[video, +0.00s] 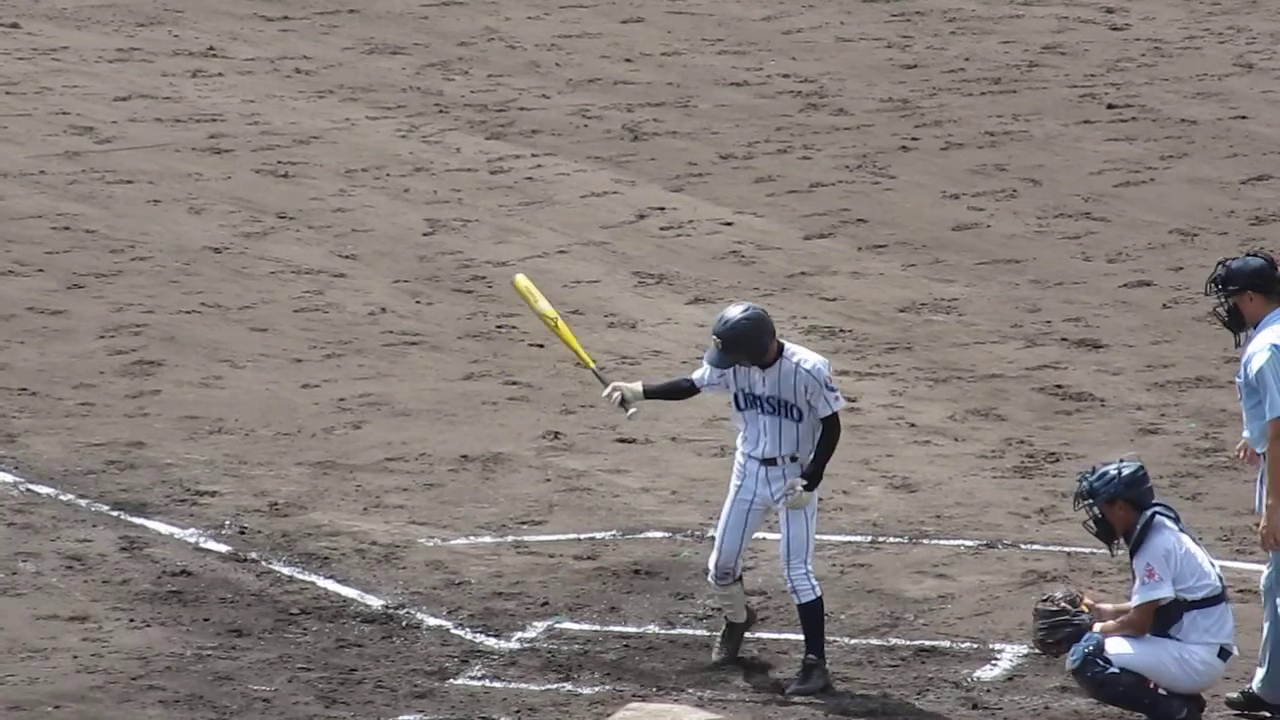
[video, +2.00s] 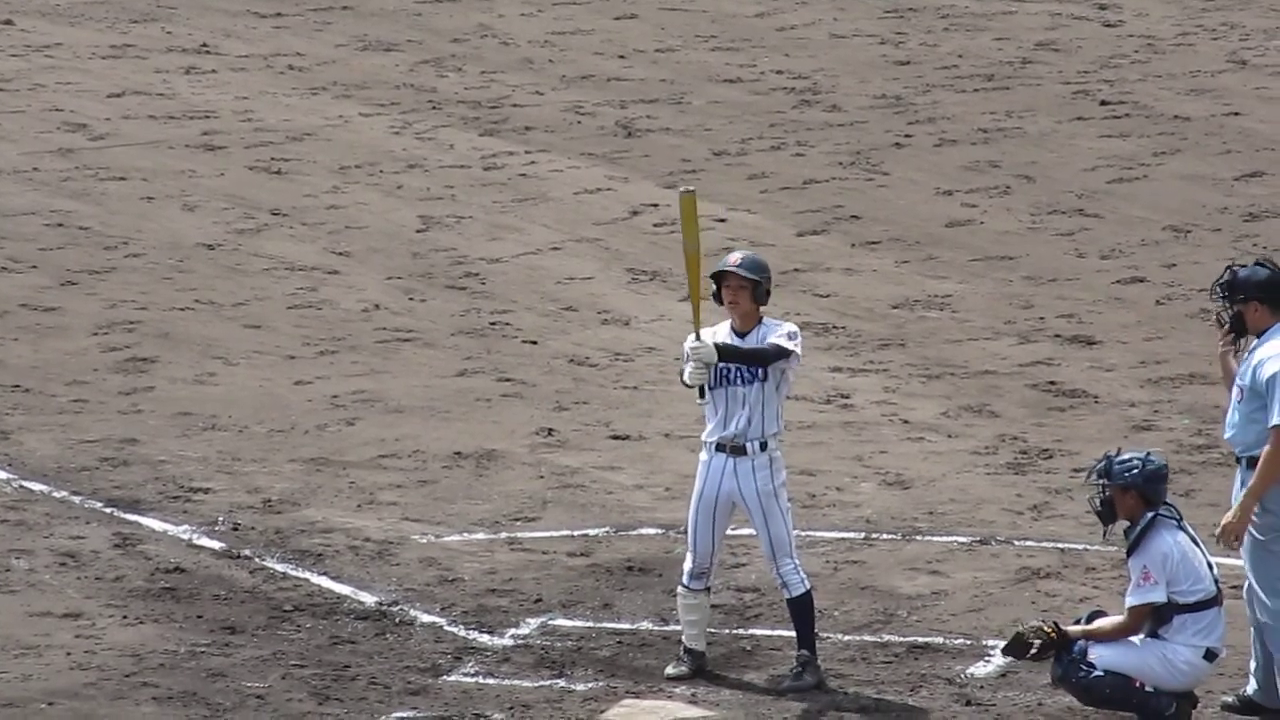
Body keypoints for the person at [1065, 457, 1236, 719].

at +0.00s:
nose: (1098, 518)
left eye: (1101, 509)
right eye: (1097, 510)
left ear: (1120, 507)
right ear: (1123, 507)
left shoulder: (1153, 542)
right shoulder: (1155, 529)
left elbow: (1140, 626)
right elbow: (1145, 609)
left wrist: (1094, 630)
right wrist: (1098, 610)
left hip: (1199, 659)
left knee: (1088, 657)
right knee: (1094, 640)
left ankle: (1173, 709)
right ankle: (1182, 698)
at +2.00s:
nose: (1105, 497)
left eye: (1111, 491)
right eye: (1106, 490)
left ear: (1132, 496)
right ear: (1135, 495)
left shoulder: (1153, 543)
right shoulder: (1164, 522)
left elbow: (1133, 624)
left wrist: (1071, 633)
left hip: (1184, 659)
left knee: (1072, 664)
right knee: (1091, 622)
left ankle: (1163, 706)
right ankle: (1173, 692)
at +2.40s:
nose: (1100, 500)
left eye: (1106, 494)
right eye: (1101, 493)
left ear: (1127, 499)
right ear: (1130, 498)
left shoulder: (1148, 547)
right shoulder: (1160, 525)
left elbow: (1128, 627)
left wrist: (1064, 638)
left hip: (1179, 664)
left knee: (1067, 667)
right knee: (1086, 625)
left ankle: (1161, 709)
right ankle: (1170, 695)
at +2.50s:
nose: (1099, 502)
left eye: (1106, 495)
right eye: (1101, 494)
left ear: (1127, 501)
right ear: (1129, 500)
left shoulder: (1148, 550)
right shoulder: (1159, 526)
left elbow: (1127, 629)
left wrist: (1062, 639)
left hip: (1178, 666)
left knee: (1066, 668)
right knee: (1087, 626)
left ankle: (1161, 710)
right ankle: (1169, 696)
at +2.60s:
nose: (1099, 501)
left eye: (1105, 495)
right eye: (1100, 494)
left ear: (1126, 500)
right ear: (1129, 499)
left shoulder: (1145, 550)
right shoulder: (1159, 523)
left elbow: (1126, 630)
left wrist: (1062, 637)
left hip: (1179, 664)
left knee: (1065, 668)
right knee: (1088, 623)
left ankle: (1160, 710)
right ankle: (1169, 695)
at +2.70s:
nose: (1099, 501)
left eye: (1105, 495)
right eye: (1100, 494)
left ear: (1126, 500)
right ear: (1129, 499)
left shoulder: (1144, 549)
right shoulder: (1158, 523)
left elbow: (1126, 631)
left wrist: (1062, 636)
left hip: (1178, 664)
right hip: (1188, 649)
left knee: (1064, 667)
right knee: (1089, 623)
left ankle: (1160, 710)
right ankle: (1168, 695)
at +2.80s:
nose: (1098, 502)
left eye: (1105, 496)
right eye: (1100, 495)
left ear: (1125, 503)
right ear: (1129, 501)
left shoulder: (1144, 550)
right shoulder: (1157, 527)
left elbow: (1125, 633)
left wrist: (1064, 637)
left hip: (1178, 667)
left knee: (1064, 669)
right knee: (1089, 625)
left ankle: (1160, 710)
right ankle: (1169, 695)